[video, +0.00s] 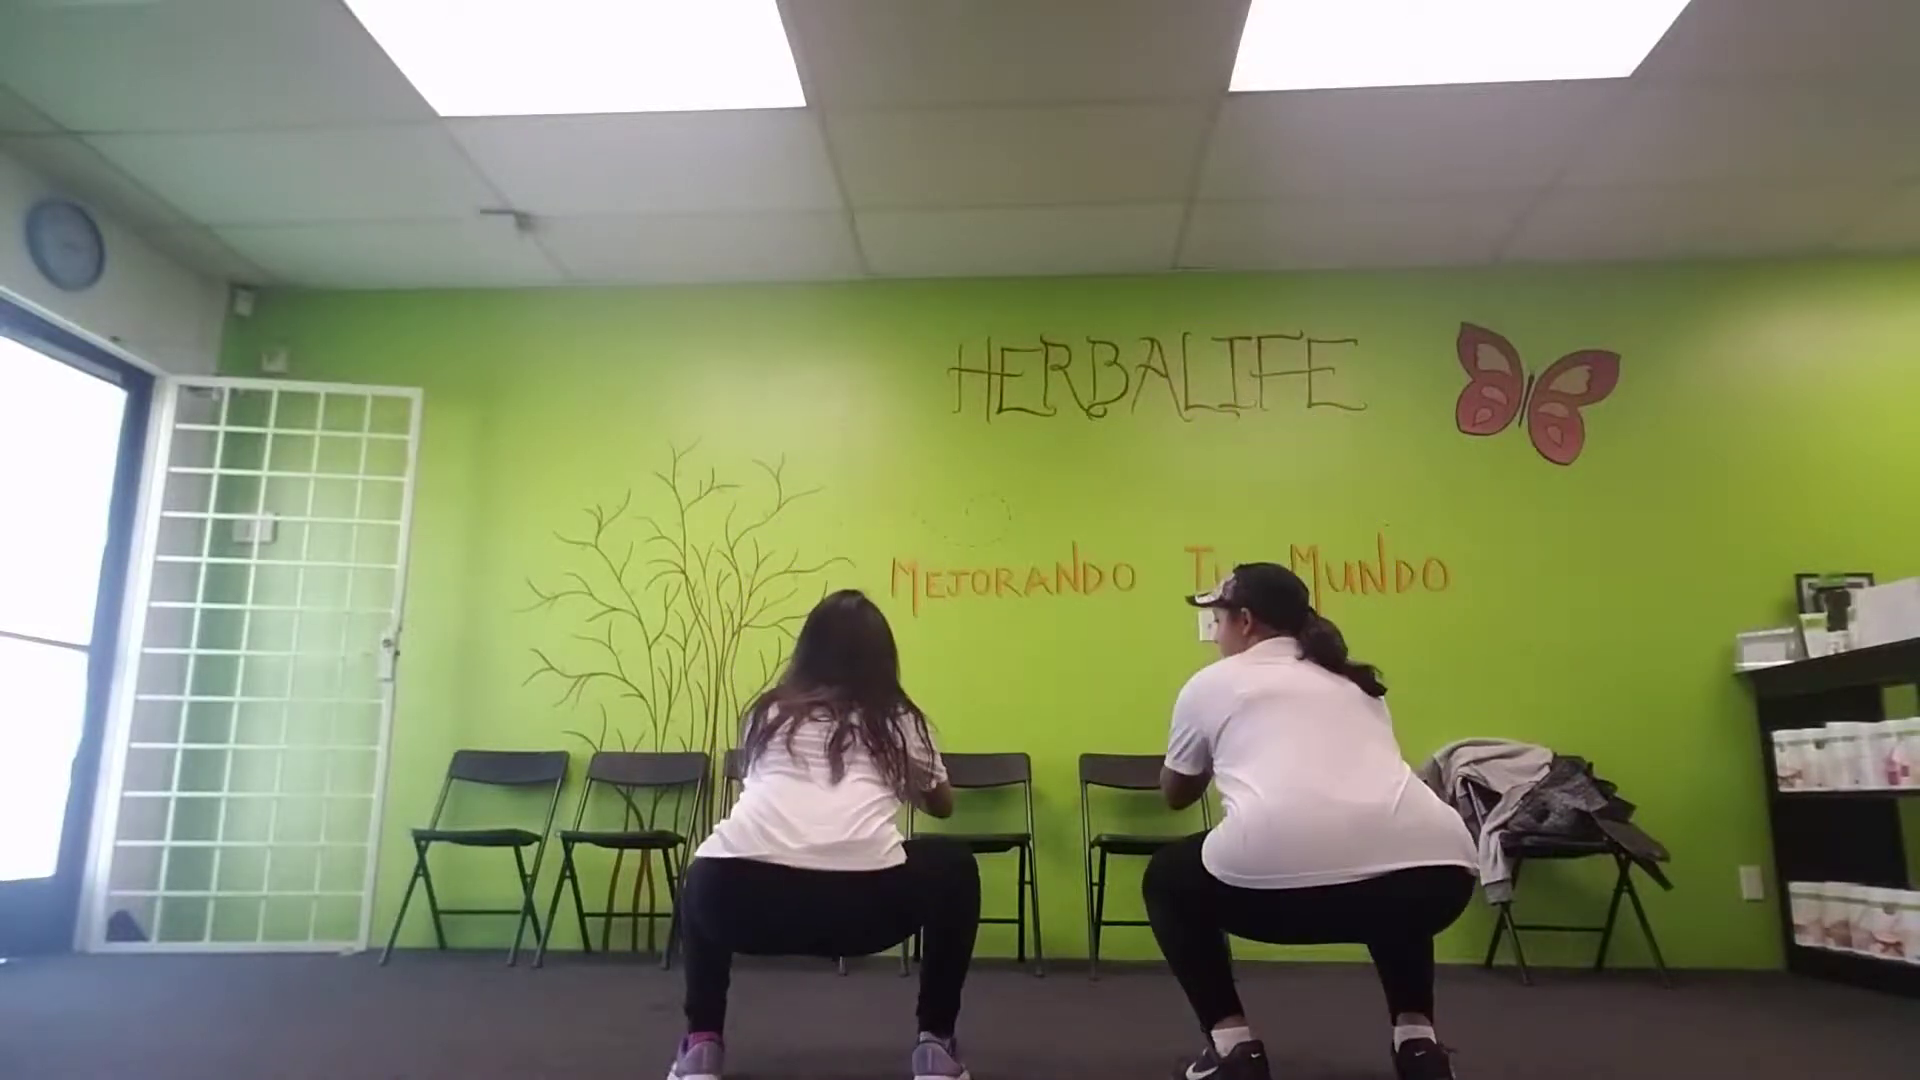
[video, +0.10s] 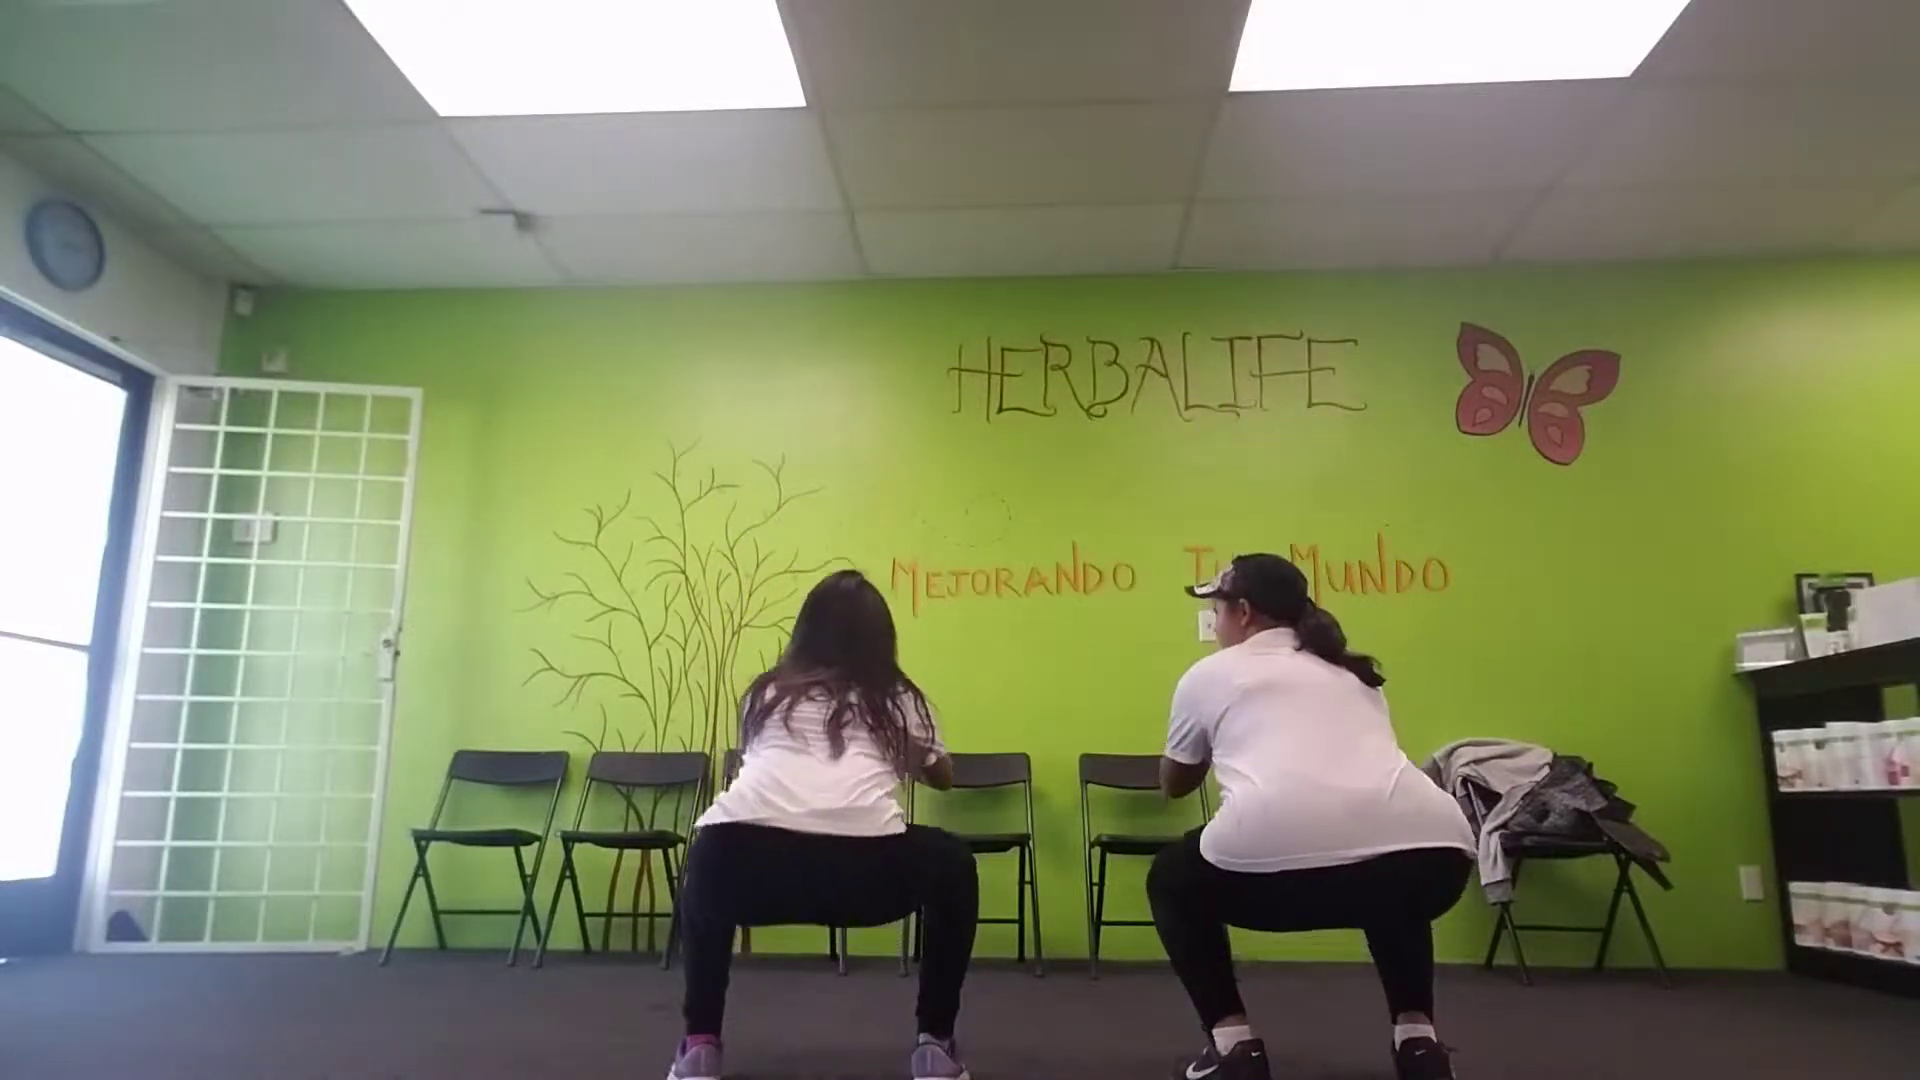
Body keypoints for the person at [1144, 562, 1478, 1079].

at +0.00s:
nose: (1212, 632)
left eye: (1218, 618)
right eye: (1213, 618)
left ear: (1246, 623)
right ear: (1298, 622)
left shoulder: (1208, 686)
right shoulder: (1355, 680)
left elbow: (1177, 793)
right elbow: (1382, 763)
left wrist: (1218, 731)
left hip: (1276, 891)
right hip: (1426, 884)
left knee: (1169, 877)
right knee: (1388, 869)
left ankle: (1233, 1046)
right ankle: (1416, 1038)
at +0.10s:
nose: (1212, 619)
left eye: (1219, 607)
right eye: (1214, 607)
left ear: (1245, 613)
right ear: (1297, 614)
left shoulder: (1206, 677)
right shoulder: (1353, 672)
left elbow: (1176, 784)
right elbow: (1377, 753)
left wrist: (1217, 720)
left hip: (1273, 876)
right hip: (1425, 868)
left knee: (1173, 878)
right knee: (1390, 881)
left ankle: (1234, 1045)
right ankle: (1417, 1039)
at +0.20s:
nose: (1213, 585)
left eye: (1218, 574)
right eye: (1214, 573)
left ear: (1242, 578)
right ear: (1297, 579)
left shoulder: (1205, 645)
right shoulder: (1350, 638)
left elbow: (1178, 750)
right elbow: (1375, 719)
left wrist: (1225, 670)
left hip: (1269, 833)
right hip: (1416, 825)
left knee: (1180, 879)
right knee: (1387, 877)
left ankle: (1233, 1044)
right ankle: (1419, 1038)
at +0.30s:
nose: (1212, 536)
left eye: (1217, 524)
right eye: (1212, 524)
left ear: (1243, 528)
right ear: (1295, 529)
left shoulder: (1204, 597)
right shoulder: (1348, 590)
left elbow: (1177, 699)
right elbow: (1368, 675)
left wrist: (1239, 638)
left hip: (1266, 780)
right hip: (1408, 771)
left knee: (1184, 876)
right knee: (1390, 868)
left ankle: (1233, 1043)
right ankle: (1420, 1038)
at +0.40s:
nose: (1215, 484)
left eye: (1218, 470)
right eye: (1216, 470)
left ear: (1242, 472)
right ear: (1297, 471)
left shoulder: (1206, 540)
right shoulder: (1354, 536)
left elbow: (1174, 646)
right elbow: (1363, 615)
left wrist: (1249, 598)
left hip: (1261, 735)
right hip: (1394, 725)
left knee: (1186, 869)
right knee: (1393, 870)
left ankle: (1231, 1044)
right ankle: (1420, 1038)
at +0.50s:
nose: (1218, 429)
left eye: (1222, 415)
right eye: (1219, 415)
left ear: (1246, 416)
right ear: (1298, 416)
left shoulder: (1206, 484)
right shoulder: (1361, 484)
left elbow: (1169, 591)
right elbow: (1378, 584)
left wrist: (1249, 559)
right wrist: (1300, 565)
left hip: (1256, 690)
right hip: (1383, 682)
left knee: (1192, 859)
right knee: (1390, 855)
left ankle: (1232, 1045)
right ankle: (1421, 1036)